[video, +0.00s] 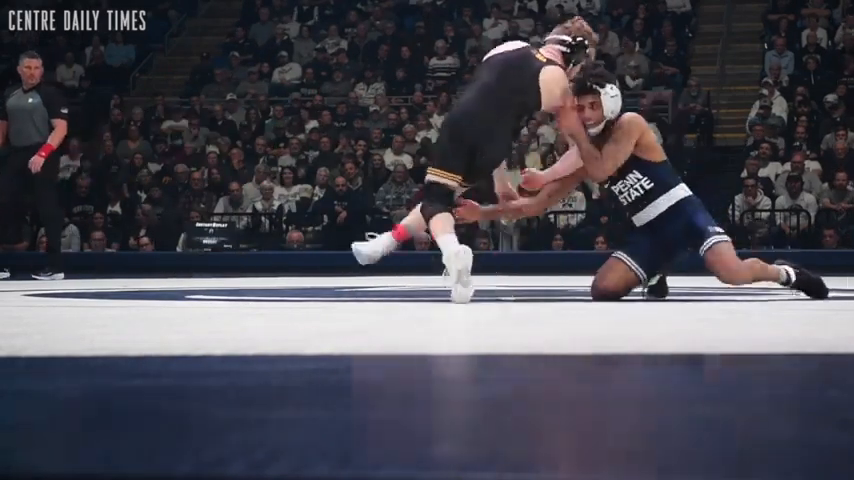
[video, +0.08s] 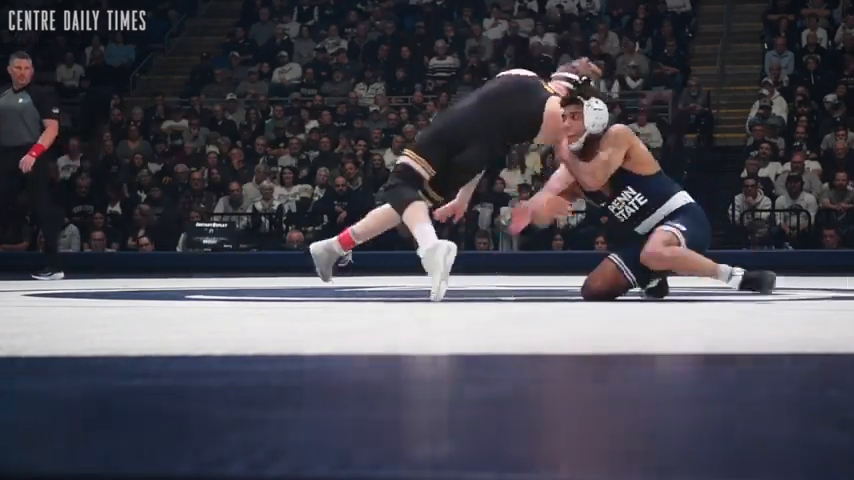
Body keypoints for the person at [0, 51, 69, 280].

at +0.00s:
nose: (32, 72)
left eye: (36, 68)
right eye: (27, 68)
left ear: (42, 70)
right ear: (19, 70)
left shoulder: (49, 94)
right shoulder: (9, 96)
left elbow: (61, 128)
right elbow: (3, 128)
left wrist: (42, 154)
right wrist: (3, 150)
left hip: (42, 156)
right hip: (14, 157)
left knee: (47, 207)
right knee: (9, 207)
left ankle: (54, 265)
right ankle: (7, 264)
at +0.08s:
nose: (22, 73)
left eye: (26, 68)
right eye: (18, 68)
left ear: (32, 71)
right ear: (9, 70)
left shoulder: (41, 94)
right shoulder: (3, 95)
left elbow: (52, 128)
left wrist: (33, 154)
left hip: (31, 157)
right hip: (6, 159)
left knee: (42, 206)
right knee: (7, 208)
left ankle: (52, 263)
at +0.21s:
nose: (5, 72)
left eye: (9, 68)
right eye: (2, 67)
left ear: (15, 70)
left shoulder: (21, 94)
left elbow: (36, 128)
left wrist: (21, 157)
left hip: (15, 156)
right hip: (5, 157)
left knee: (26, 207)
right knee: (22, 208)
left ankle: (51, 262)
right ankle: (48, 261)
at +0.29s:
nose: (0, 69)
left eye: (1, 65)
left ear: (5, 67)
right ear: (1, 68)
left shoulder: (10, 91)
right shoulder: (10, 92)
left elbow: (27, 125)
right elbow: (26, 125)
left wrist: (16, 158)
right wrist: (16, 157)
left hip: (8, 156)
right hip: (6, 156)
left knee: (19, 208)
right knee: (18, 209)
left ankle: (43, 257)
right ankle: (43, 256)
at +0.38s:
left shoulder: (6, 92)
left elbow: (19, 124)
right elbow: (18, 125)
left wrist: (10, 158)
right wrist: (10, 158)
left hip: (4, 167)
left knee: (9, 211)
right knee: (9, 212)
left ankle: (34, 250)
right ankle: (33, 250)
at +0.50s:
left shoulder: (5, 95)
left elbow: (9, 124)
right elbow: (9, 124)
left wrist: (3, 156)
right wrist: (4, 156)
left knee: (3, 211)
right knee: (4, 210)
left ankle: (8, 252)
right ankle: (7, 252)